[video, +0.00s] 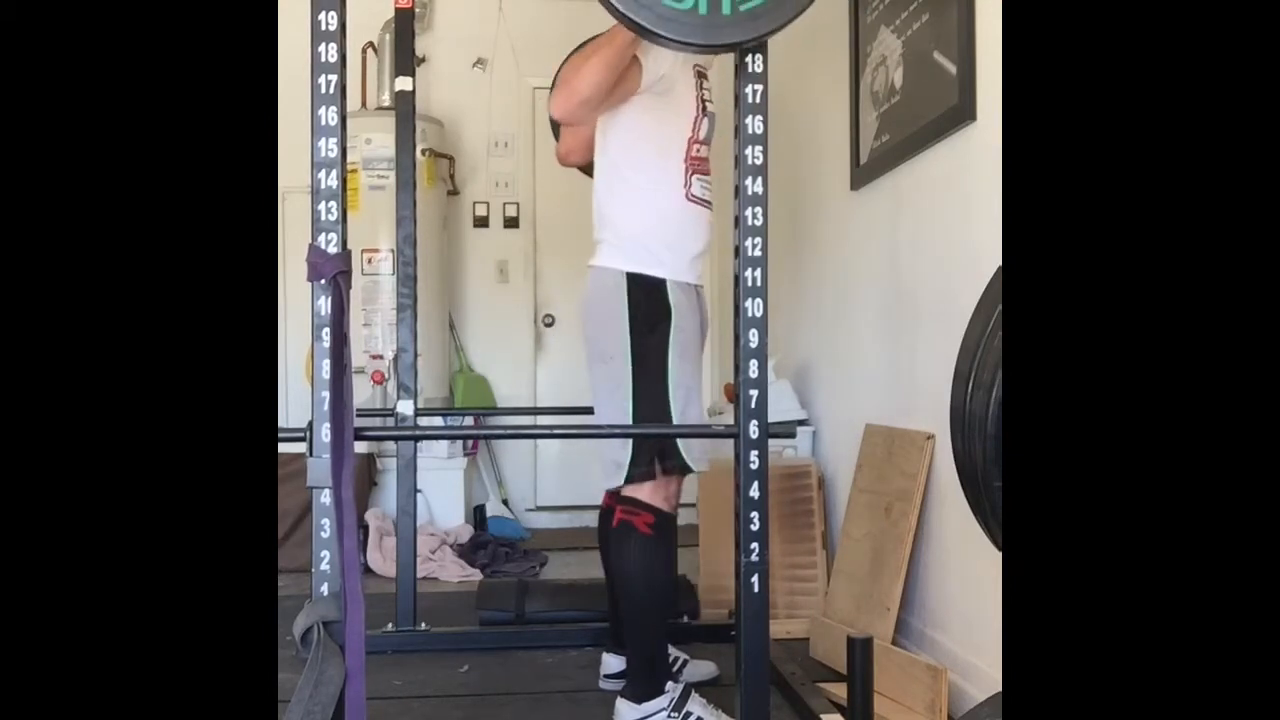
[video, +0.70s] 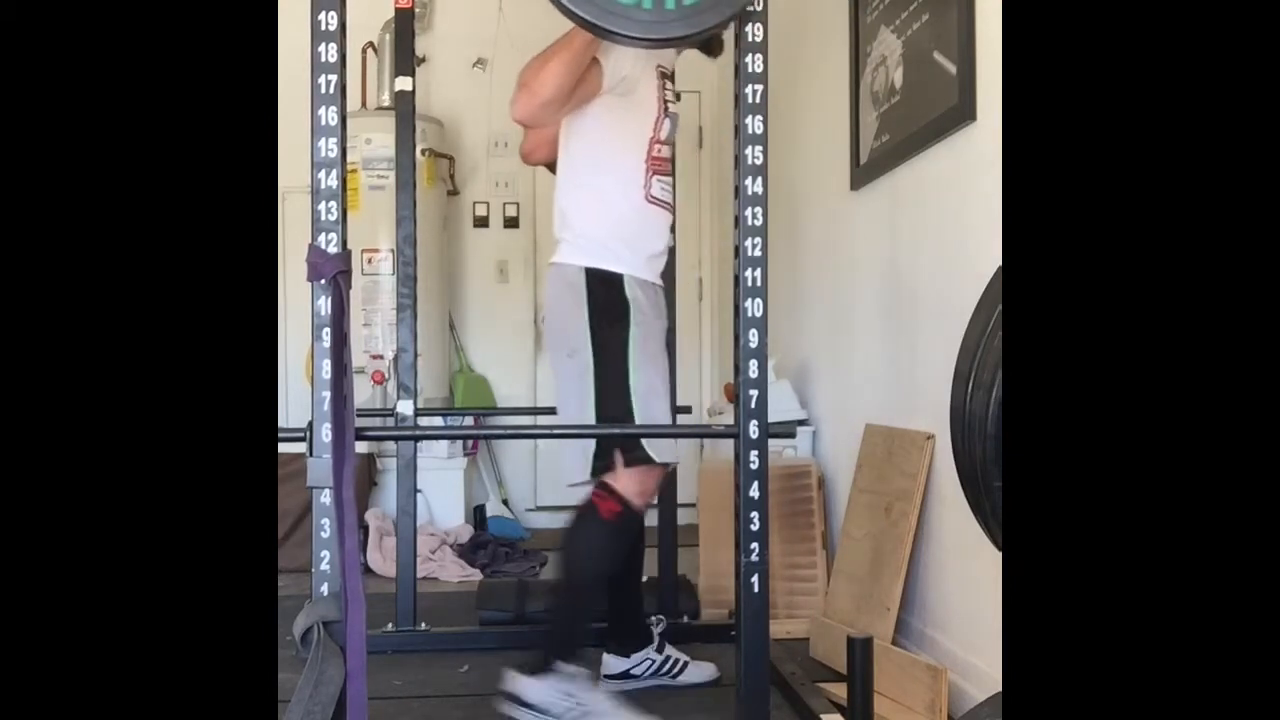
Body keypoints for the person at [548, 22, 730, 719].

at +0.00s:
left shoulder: (678, 57)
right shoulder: (642, 40)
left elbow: (570, 148)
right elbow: (566, 102)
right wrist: (640, 16)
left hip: (663, 285)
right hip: (640, 286)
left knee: (647, 476)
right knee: (657, 477)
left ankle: (628, 650)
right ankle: (647, 692)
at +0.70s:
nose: (700, 27)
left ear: (656, 4)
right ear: (655, 2)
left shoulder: (645, 57)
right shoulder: (611, 40)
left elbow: (535, 148)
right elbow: (528, 106)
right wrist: (596, 20)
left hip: (630, 278)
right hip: (599, 278)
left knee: (633, 472)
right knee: (630, 472)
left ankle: (630, 650)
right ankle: (542, 670)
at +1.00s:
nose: (691, 28)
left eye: (691, 21)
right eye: (686, 18)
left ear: (645, 15)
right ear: (650, 8)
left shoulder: (605, 67)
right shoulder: (569, 42)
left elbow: (493, 148)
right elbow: (462, 99)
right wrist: (544, 17)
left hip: (590, 297)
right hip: (543, 292)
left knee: (623, 474)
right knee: (520, 489)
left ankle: (631, 648)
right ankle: (452, 694)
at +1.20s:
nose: (664, 9)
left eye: (665, 4)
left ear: (629, 5)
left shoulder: (579, 54)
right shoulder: (538, 22)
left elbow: (453, 135)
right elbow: (423, 79)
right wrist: (493, 3)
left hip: (550, 288)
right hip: (501, 283)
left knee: (584, 454)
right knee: (480, 485)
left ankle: (553, 621)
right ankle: (448, 697)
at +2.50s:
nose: (595, 4)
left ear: (568, 9)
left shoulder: (535, 70)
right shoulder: (482, 37)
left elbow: (414, 145)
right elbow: (371, 99)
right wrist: (433, 16)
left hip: (503, 292)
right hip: (456, 286)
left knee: (481, 482)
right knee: (452, 487)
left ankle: (475, 649)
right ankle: (444, 696)